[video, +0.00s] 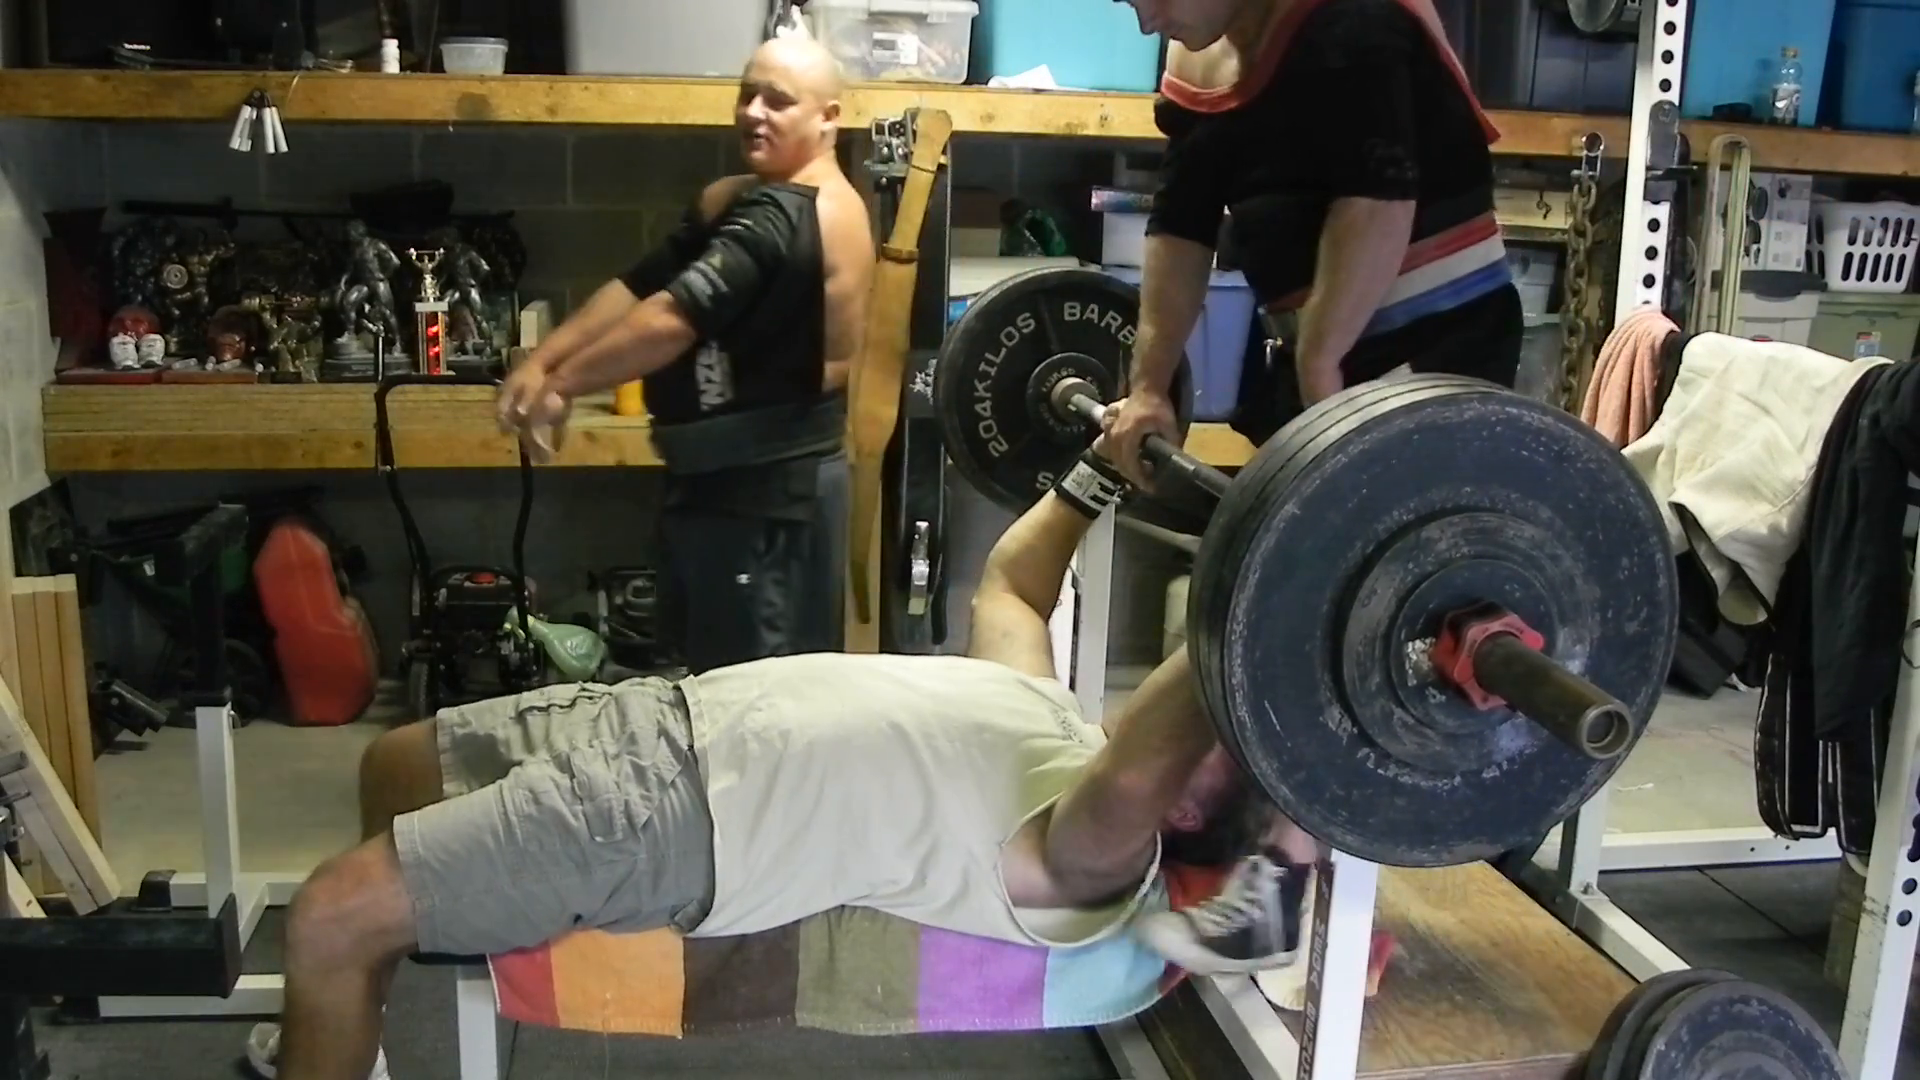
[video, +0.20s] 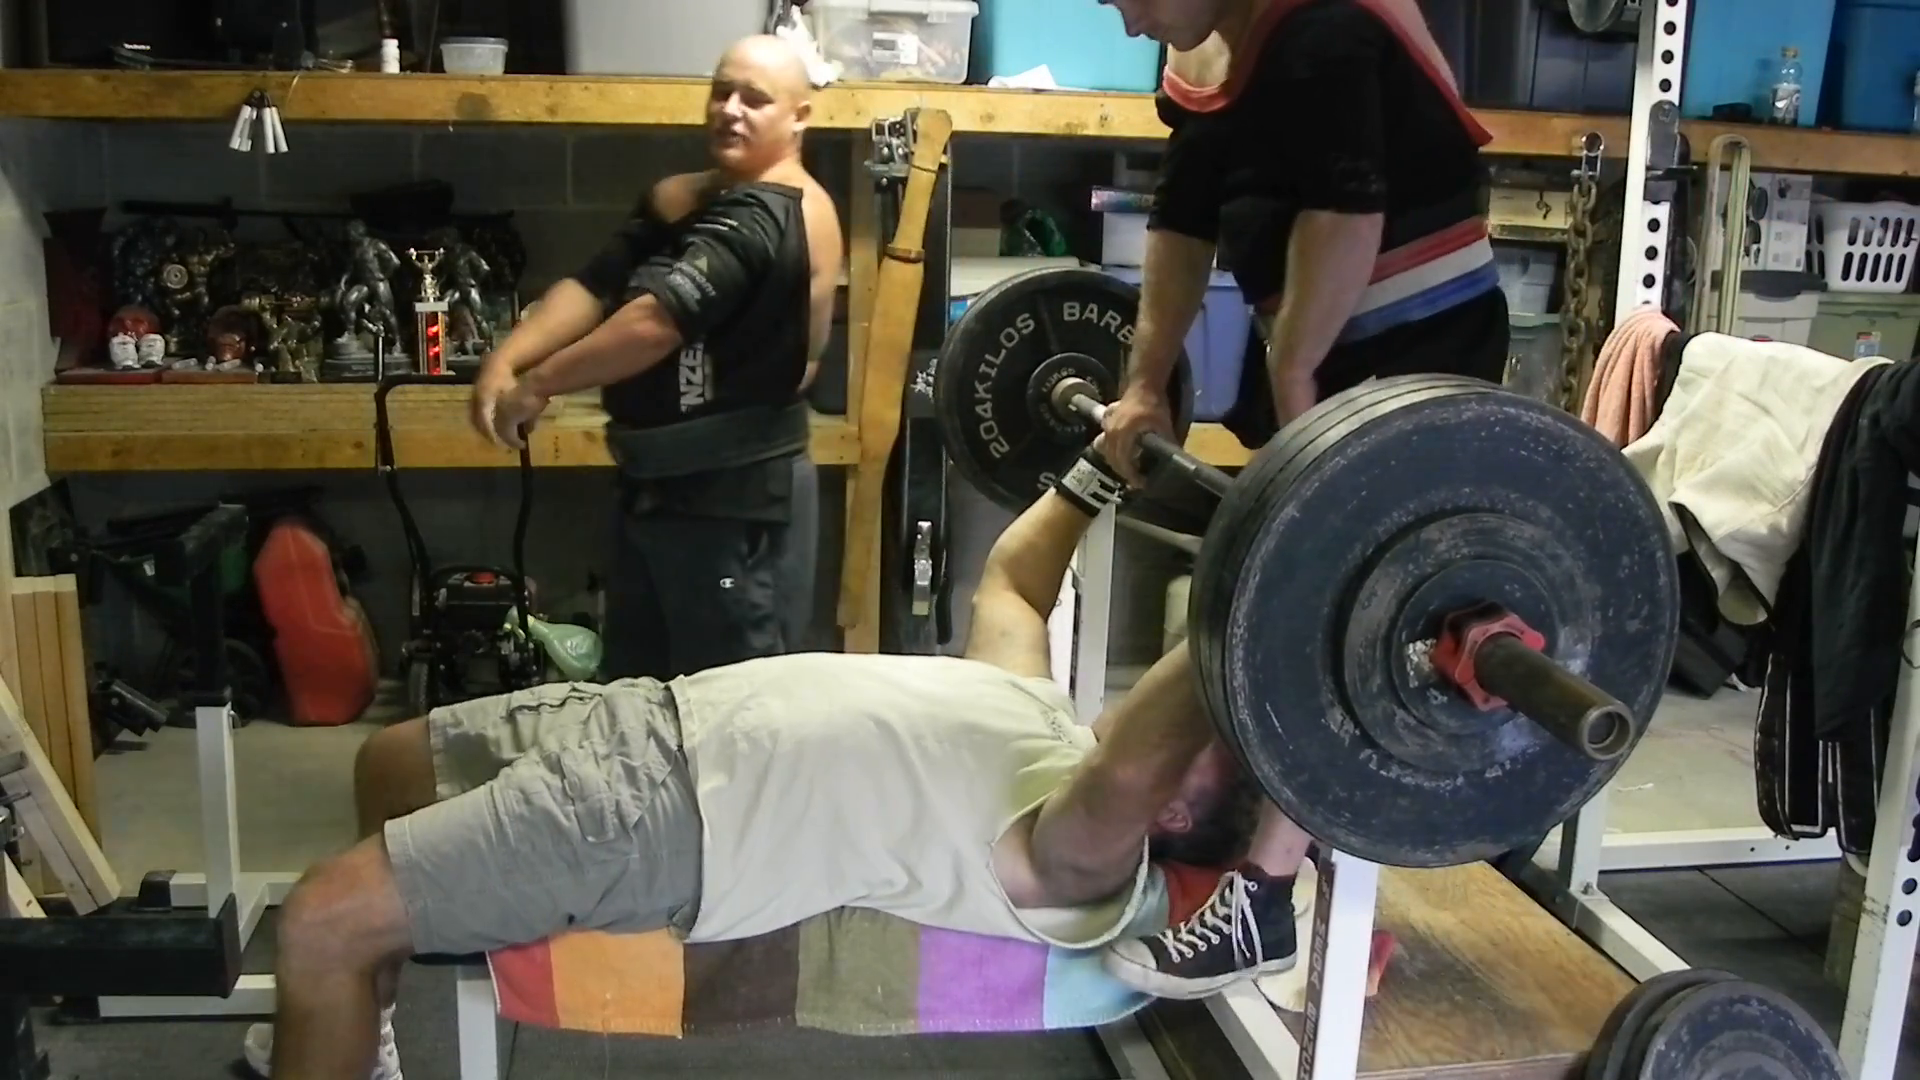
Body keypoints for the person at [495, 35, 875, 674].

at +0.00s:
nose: (753, 112)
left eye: (778, 100)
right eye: (749, 95)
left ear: (829, 118)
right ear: (737, 99)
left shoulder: (782, 213)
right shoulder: (743, 196)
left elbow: (678, 320)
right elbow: (641, 284)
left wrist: (562, 387)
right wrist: (540, 360)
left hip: (762, 494)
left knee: (748, 710)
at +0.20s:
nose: (730, 109)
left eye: (755, 98)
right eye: (723, 92)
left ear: (800, 116)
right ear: (707, 100)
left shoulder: (765, 210)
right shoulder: (691, 197)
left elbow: (658, 324)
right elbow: (597, 283)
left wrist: (542, 385)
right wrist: (507, 356)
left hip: (732, 496)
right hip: (659, 485)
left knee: (734, 714)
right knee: (637, 700)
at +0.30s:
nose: (715, 110)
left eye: (738, 99)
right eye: (705, 93)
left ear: (778, 117)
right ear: (686, 103)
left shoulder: (756, 213)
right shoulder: (646, 197)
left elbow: (659, 327)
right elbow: (566, 285)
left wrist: (539, 387)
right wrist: (479, 363)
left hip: (722, 507)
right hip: (629, 498)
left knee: (725, 724)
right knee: (606, 712)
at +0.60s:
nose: (621, 120)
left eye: (639, 107)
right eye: (604, 101)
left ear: (655, 123)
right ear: (568, 105)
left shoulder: (681, 212)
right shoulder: (500, 203)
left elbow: (678, 309)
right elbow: (459, 295)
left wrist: (629, 398)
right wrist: (434, 395)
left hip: (649, 507)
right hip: (519, 508)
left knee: (699, 713)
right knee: (521, 721)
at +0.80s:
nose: (545, 114)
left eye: (559, 99)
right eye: (526, 98)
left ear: (572, 109)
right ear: (482, 106)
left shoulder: (615, 199)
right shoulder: (435, 207)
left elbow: (657, 294)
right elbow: (436, 314)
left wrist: (667, 392)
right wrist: (477, 410)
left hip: (621, 503)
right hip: (490, 511)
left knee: (646, 705)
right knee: (500, 717)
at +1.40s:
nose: (530, 119)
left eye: (536, 103)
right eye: (508, 103)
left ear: (544, 107)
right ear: (454, 113)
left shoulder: (585, 195)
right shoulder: (423, 208)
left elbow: (647, 273)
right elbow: (474, 306)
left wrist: (689, 356)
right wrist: (565, 381)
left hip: (611, 494)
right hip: (494, 501)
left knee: (624, 688)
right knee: (498, 713)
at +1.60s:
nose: (557, 125)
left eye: (566, 108)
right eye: (535, 110)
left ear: (578, 112)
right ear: (491, 119)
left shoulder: (625, 200)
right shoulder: (456, 214)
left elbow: (673, 282)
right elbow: (472, 321)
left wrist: (697, 364)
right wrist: (526, 411)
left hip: (626, 490)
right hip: (507, 492)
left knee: (615, 676)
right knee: (492, 691)